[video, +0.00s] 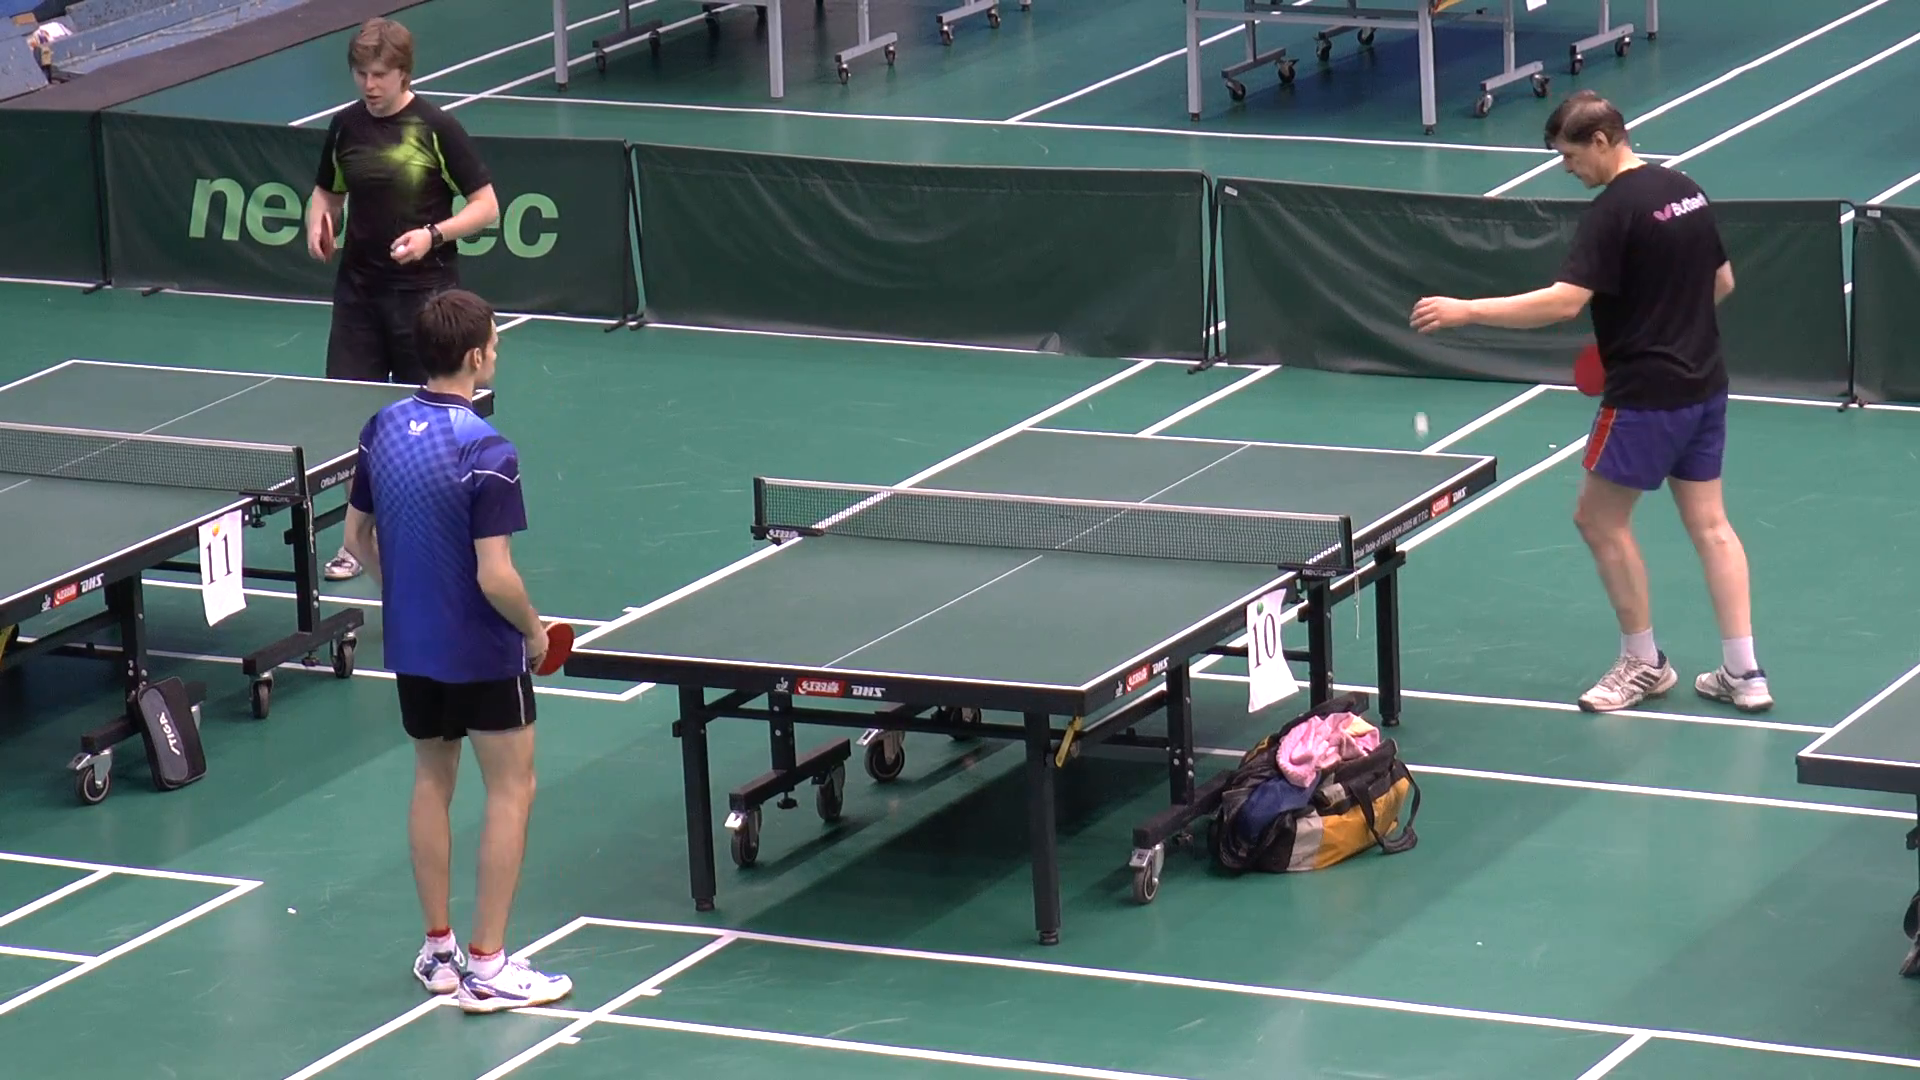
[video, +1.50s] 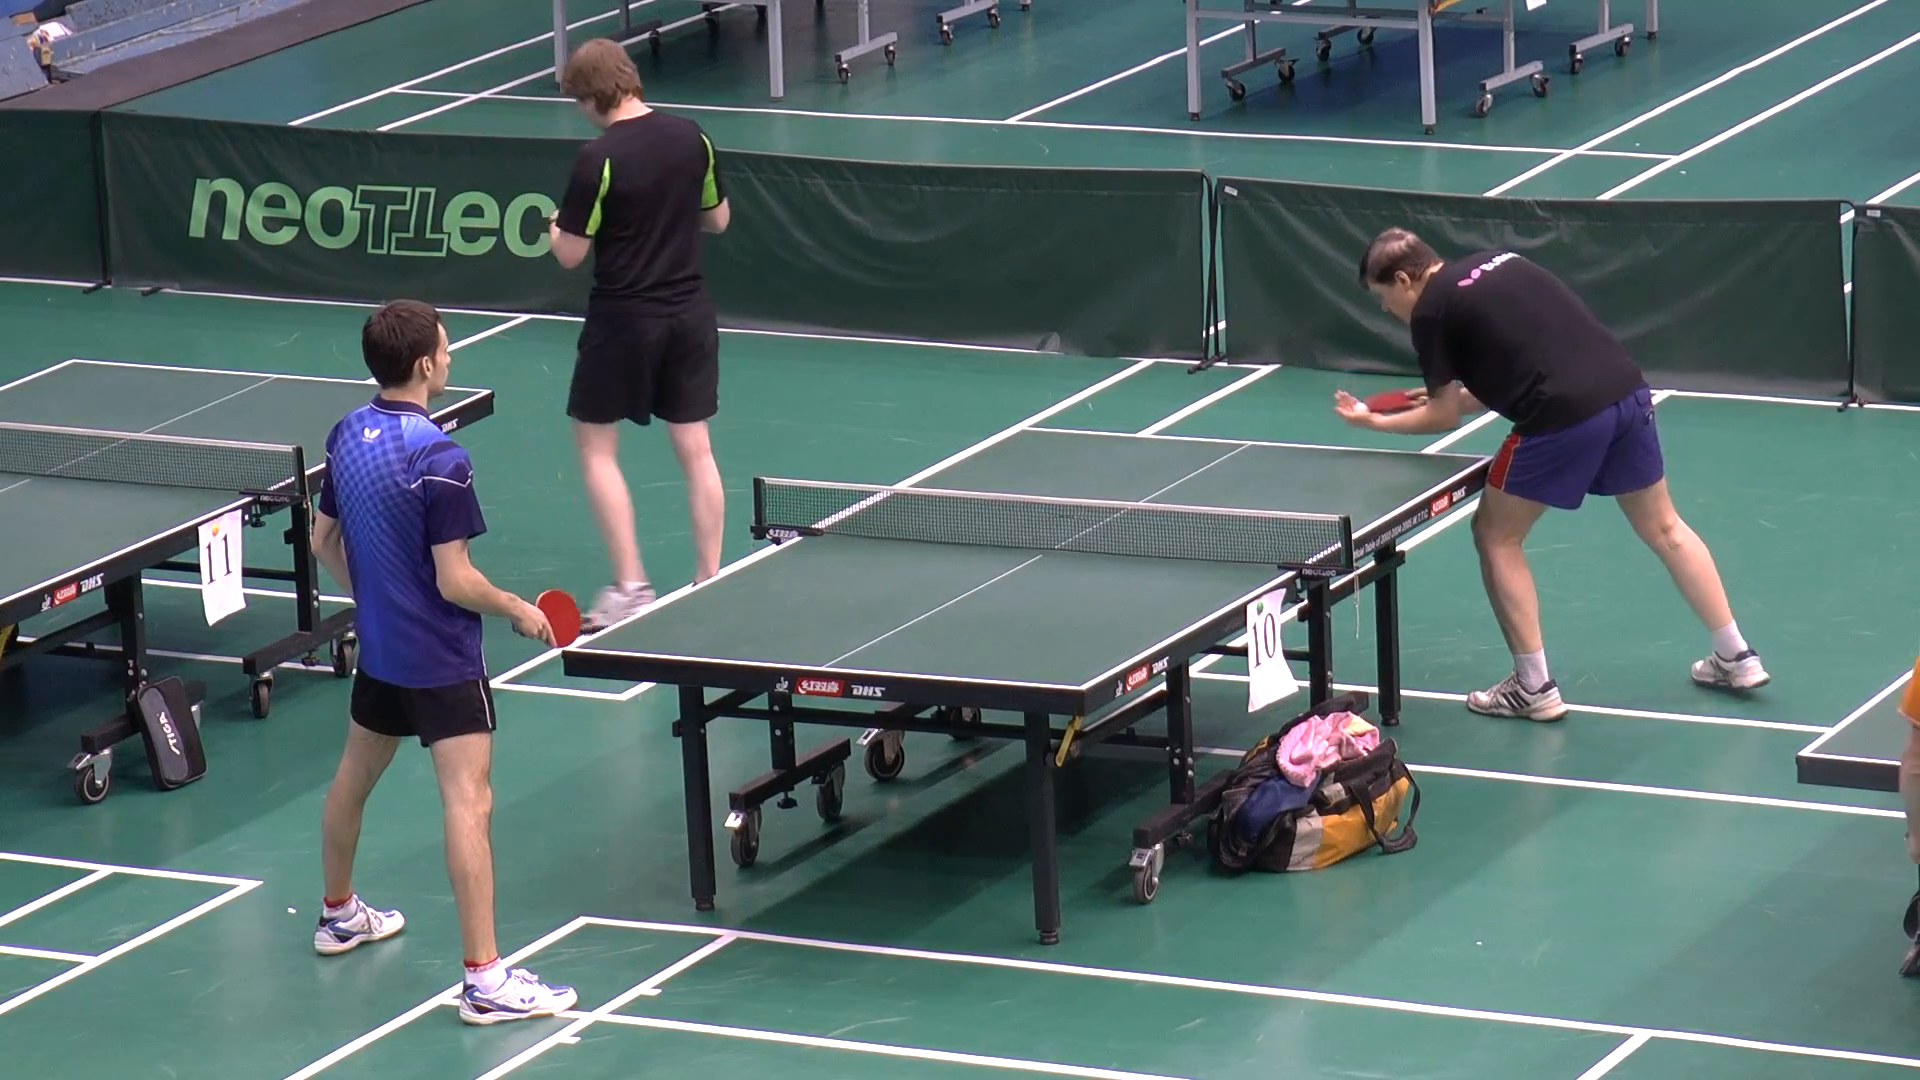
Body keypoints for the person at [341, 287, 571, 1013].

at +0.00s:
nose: (496, 352)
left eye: (492, 341)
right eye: (493, 344)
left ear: (426, 353)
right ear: (477, 354)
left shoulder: (384, 424)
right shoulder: (486, 448)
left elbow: (360, 541)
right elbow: (494, 576)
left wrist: (408, 586)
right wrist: (536, 631)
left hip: (413, 648)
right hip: (482, 652)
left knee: (433, 779)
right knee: (510, 787)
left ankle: (438, 950)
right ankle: (487, 961)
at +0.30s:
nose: (494, 368)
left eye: (492, 356)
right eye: (492, 359)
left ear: (421, 364)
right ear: (474, 369)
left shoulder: (375, 427)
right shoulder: (467, 461)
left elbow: (342, 535)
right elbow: (500, 589)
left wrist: (364, 563)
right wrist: (538, 626)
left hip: (396, 642)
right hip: (462, 653)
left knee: (412, 741)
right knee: (511, 790)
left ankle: (373, 901)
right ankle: (490, 966)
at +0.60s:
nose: (472, 370)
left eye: (470, 359)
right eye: (469, 360)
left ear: (406, 362)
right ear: (450, 368)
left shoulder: (359, 418)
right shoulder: (433, 462)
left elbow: (321, 522)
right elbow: (444, 588)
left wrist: (376, 575)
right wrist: (506, 622)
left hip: (355, 640)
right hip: (410, 653)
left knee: (368, 762)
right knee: (478, 786)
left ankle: (340, 910)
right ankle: (482, 964)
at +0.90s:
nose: (460, 367)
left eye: (459, 356)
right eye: (457, 357)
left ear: (393, 362)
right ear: (437, 365)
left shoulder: (344, 426)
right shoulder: (431, 455)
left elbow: (306, 532)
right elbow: (442, 582)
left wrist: (358, 594)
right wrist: (501, 600)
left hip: (357, 646)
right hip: (416, 654)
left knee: (369, 762)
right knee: (476, 790)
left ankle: (339, 910)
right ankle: (485, 970)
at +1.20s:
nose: (460, 360)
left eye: (457, 349)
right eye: (457, 350)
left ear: (390, 365)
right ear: (437, 363)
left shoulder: (349, 431)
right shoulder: (442, 455)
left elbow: (321, 545)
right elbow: (465, 582)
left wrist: (372, 594)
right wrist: (522, 612)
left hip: (375, 650)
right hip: (435, 660)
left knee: (365, 773)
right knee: (463, 803)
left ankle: (340, 911)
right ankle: (485, 975)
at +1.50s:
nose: (449, 355)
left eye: (445, 345)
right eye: (445, 347)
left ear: (378, 365)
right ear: (428, 363)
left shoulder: (348, 432)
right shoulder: (440, 454)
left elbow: (325, 541)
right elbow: (454, 578)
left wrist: (376, 595)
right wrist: (519, 609)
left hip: (380, 652)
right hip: (441, 660)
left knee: (353, 779)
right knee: (469, 803)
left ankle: (339, 912)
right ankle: (485, 975)